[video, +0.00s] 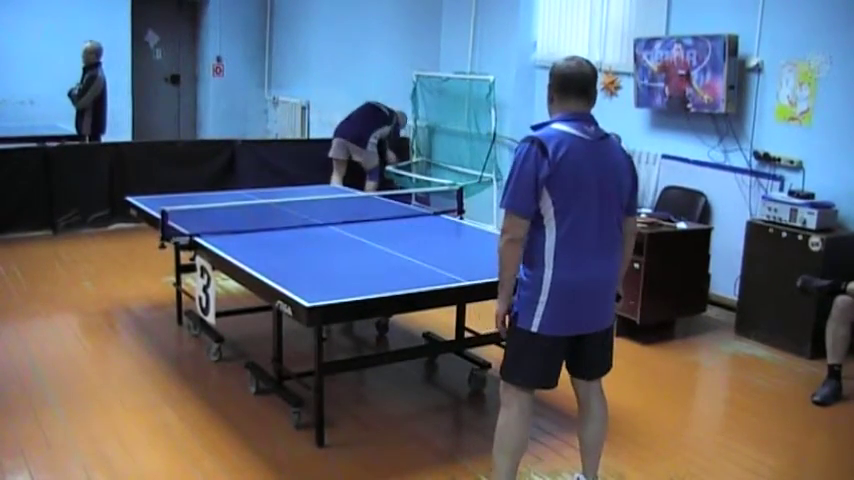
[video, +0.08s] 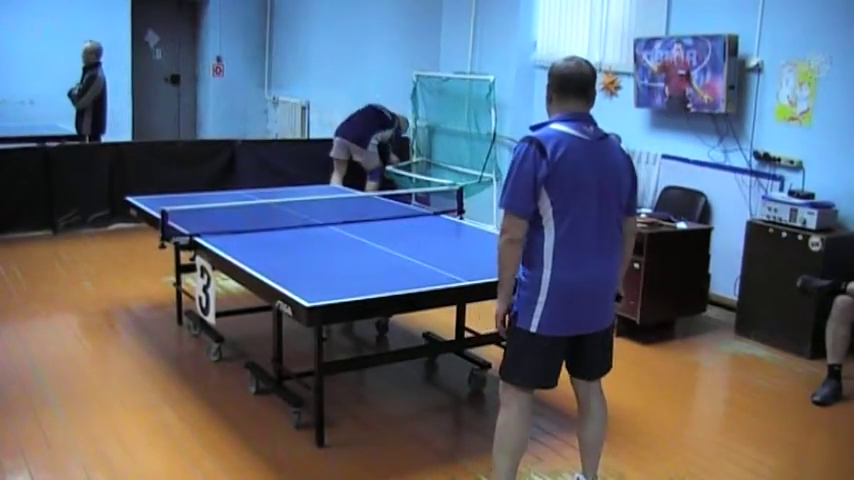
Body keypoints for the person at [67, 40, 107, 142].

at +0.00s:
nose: (83, 56)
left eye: (87, 53)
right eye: (84, 52)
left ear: (95, 55)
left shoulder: (95, 76)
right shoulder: (88, 73)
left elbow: (81, 102)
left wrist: (73, 92)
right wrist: (76, 92)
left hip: (91, 128)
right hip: (85, 127)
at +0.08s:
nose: (83, 56)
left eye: (87, 53)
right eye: (84, 52)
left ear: (95, 55)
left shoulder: (95, 76)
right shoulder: (87, 73)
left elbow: (81, 102)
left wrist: (73, 92)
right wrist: (76, 92)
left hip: (91, 128)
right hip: (85, 127)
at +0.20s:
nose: (83, 56)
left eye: (87, 53)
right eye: (84, 52)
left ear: (95, 55)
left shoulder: (95, 76)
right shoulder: (87, 73)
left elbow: (81, 102)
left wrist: (73, 92)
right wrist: (76, 92)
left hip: (91, 128)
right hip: (85, 127)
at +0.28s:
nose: (83, 56)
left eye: (87, 53)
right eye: (83, 53)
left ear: (94, 55)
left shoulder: (95, 76)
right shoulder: (87, 73)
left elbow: (80, 102)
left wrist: (73, 92)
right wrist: (76, 92)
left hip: (91, 128)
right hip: (84, 127)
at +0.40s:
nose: (83, 56)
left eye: (87, 53)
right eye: (83, 52)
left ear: (94, 55)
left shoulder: (95, 76)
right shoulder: (87, 73)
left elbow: (80, 102)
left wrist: (73, 91)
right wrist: (76, 92)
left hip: (91, 128)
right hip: (85, 127)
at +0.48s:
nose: (83, 56)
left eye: (87, 53)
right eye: (83, 53)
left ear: (94, 55)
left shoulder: (95, 76)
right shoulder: (87, 73)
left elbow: (80, 102)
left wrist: (73, 92)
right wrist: (76, 92)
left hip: (91, 128)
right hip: (84, 127)